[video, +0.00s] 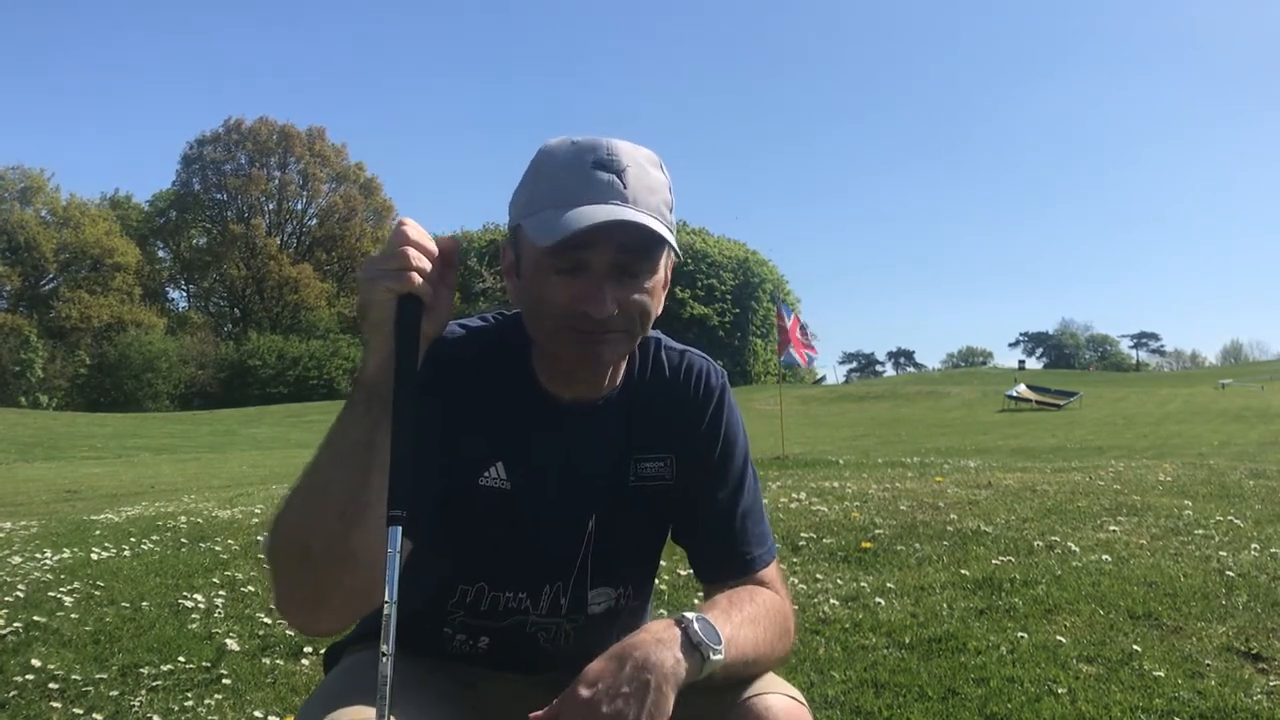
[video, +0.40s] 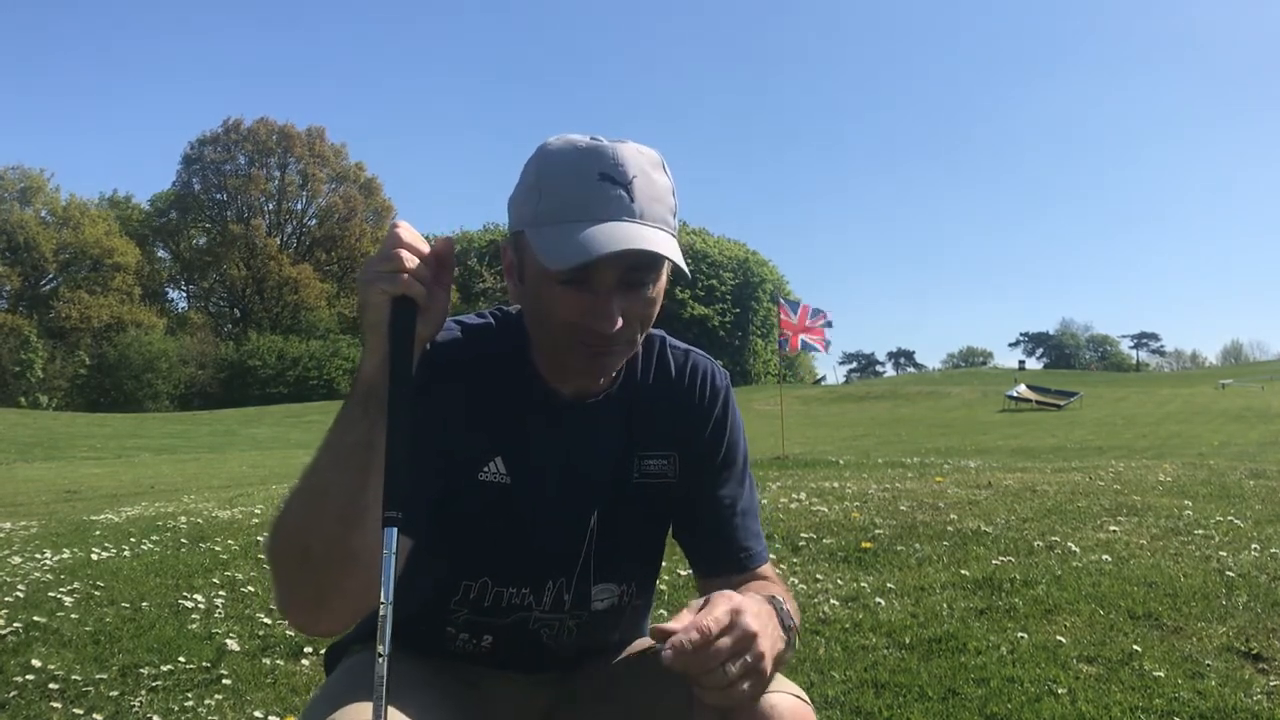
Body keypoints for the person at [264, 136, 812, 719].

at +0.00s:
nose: (600, 302)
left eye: (630, 270)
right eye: (568, 266)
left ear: (665, 280)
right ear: (511, 267)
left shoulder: (689, 391)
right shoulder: (437, 371)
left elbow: (764, 604)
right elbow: (310, 608)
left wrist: (676, 645)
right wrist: (382, 370)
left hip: (612, 670)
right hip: (432, 668)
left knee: (778, 709)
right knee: (344, 711)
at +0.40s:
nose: (609, 316)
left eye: (637, 280)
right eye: (577, 280)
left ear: (666, 277)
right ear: (513, 269)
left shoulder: (690, 390)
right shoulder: (434, 369)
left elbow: (744, 576)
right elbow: (312, 608)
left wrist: (764, 612)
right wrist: (379, 368)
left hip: (606, 669)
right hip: (435, 671)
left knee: (781, 710)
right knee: (355, 713)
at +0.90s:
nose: (595, 283)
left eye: (623, 248)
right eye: (563, 246)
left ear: (654, 258)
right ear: (503, 250)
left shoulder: (682, 378)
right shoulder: (433, 364)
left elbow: (810, 611)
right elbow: (313, 608)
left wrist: (822, 545)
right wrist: (378, 365)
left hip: (604, 666)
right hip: (433, 672)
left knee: (782, 709)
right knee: (373, 715)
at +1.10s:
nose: (584, 268)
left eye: (614, 234)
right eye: (552, 231)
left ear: (650, 253)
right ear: (500, 244)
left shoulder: (682, 376)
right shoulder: (432, 362)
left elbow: (839, 584)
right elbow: (309, 607)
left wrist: (832, 532)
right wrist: (376, 364)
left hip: (605, 665)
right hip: (431, 672)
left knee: (780, 707)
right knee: (368, 713)